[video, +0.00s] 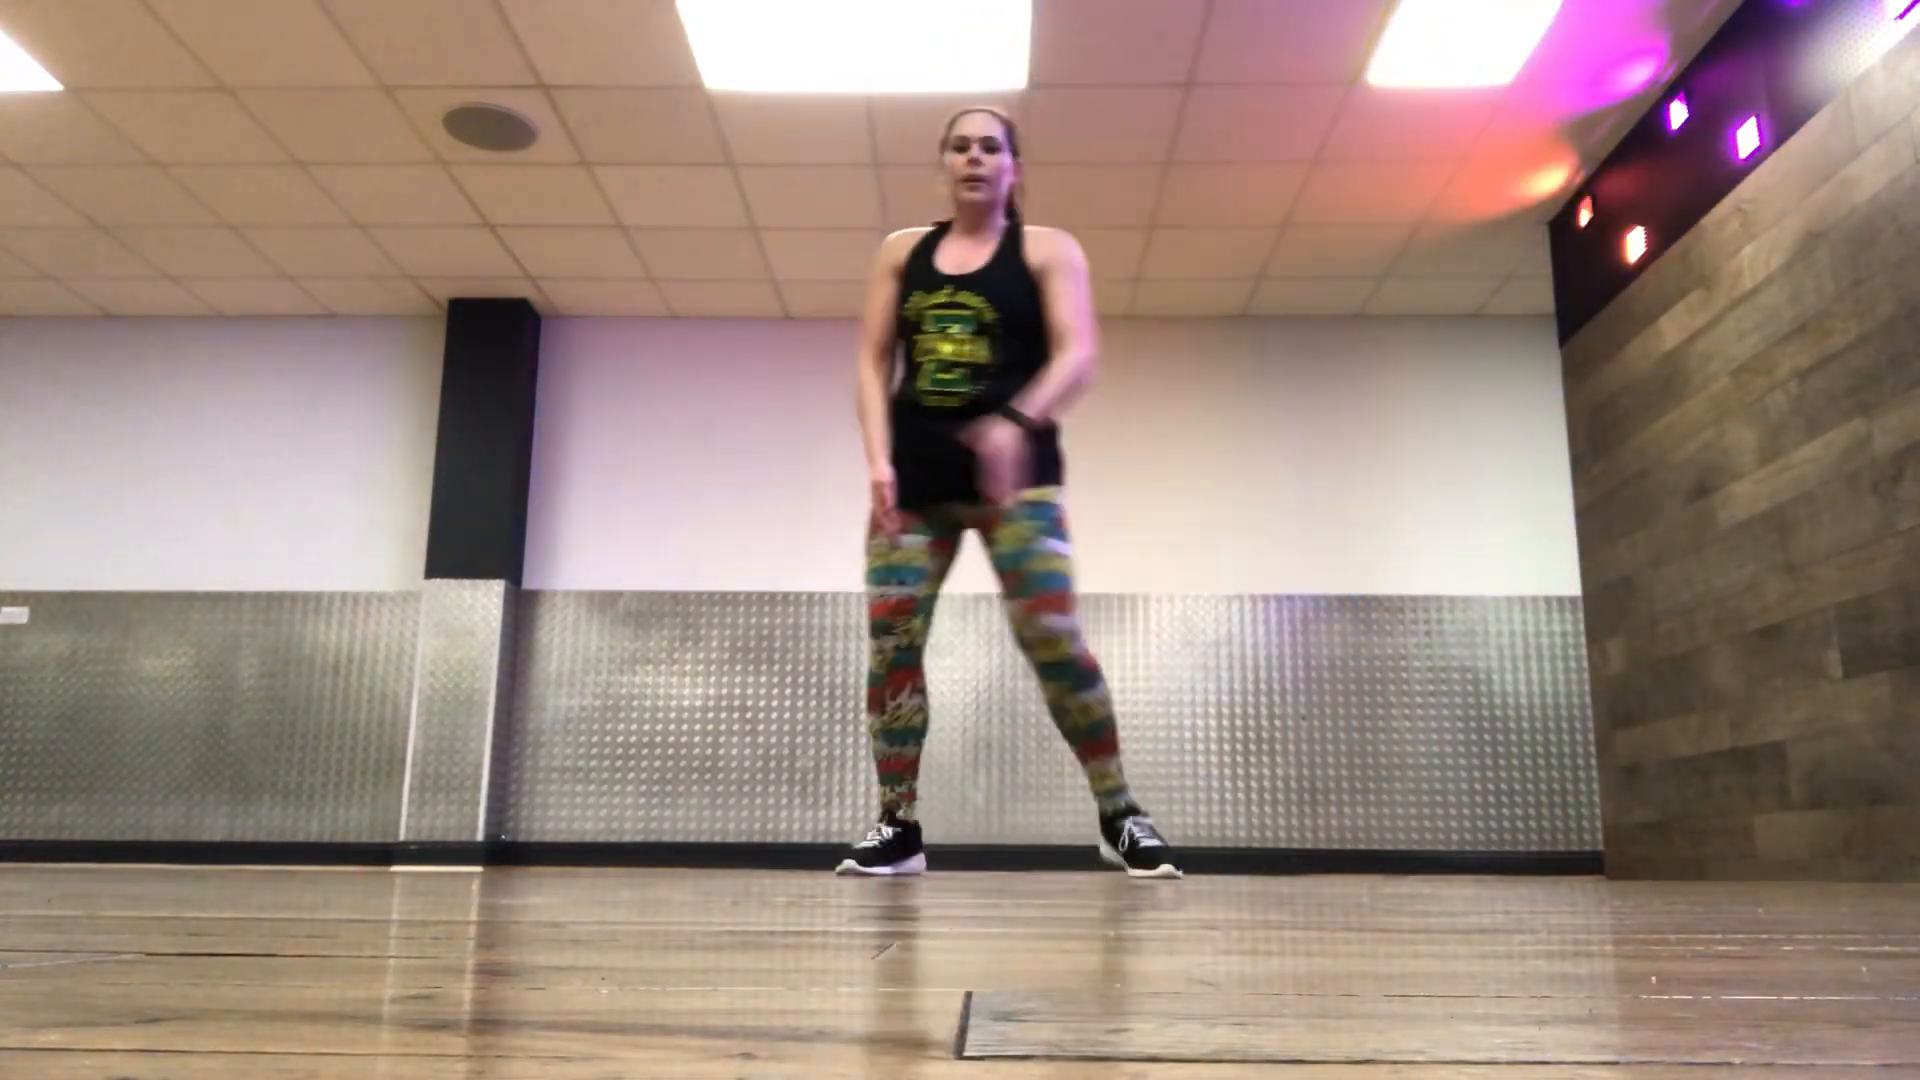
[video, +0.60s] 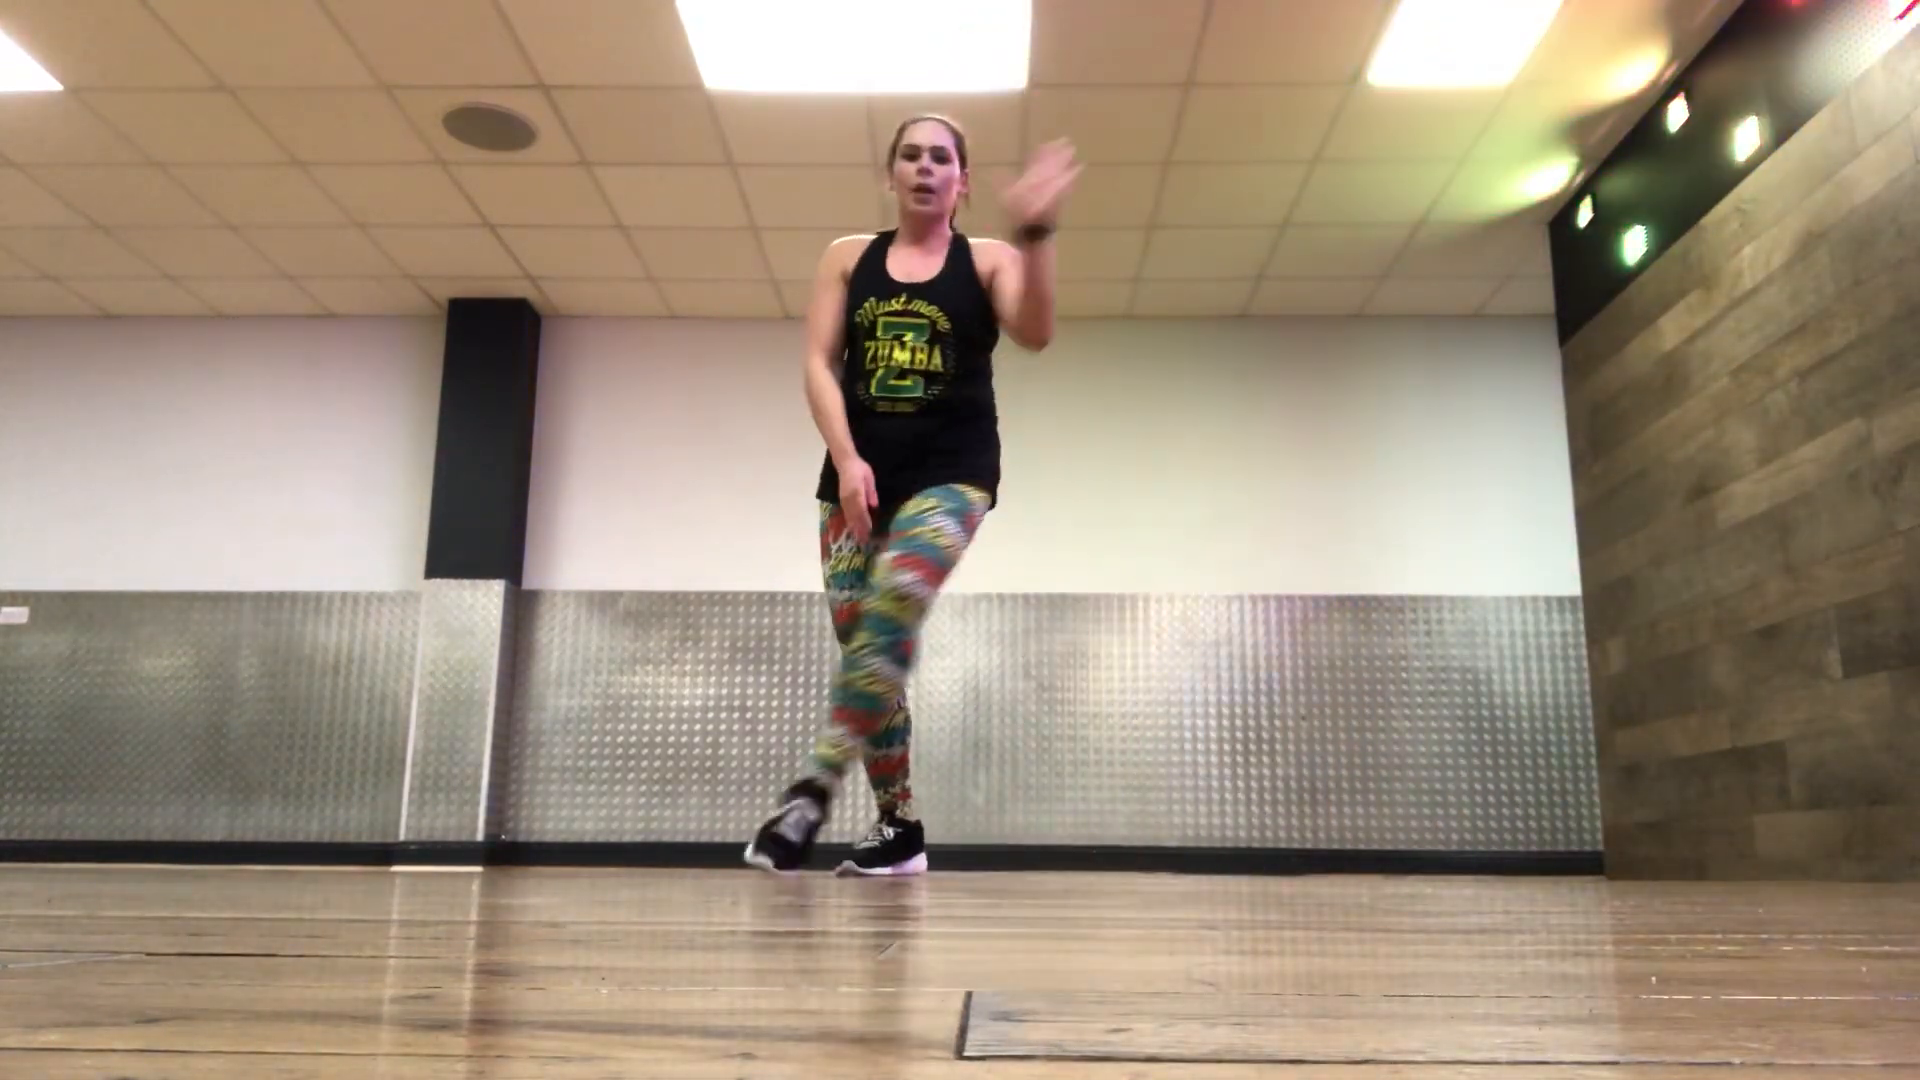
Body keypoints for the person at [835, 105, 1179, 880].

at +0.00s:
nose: (974, 157)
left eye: (989, 147)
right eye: (961, 146)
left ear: (1015, 168)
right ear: (941, 165)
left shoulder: (1048, 250)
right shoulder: (902, 252)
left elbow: (1078, 354)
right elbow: (873, 360)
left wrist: (1019, 418)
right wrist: (878, 461)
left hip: (1015, 479)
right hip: (916, 481)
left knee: (1053, 638)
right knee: (892, 646)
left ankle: (1119, 813)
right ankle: (897, 826)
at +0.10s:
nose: (953, 162)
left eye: (968, 152)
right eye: (941, 151)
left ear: (992, 175)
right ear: (920, 170)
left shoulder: (1023, 254)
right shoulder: (882, 256)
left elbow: (1023, 351)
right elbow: (851, 362)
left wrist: (924, 377)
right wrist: (859, 461)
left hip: (987, 467)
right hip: (897, 474)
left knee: (1000, 609)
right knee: (873, 634)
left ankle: (1090, 788)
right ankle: (896, 826)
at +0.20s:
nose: (938, 161)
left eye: (953, 151)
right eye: (925, 150)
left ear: (977, 175)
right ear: (904, 171)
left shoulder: (1005, 254)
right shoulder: (867, 256)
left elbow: (972, 348)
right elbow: (836, 366)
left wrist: (853, 361)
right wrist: (848, 458)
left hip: (972, 460)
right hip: (882, 468)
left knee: (953, 577)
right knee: (865, 636)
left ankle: (1011, 775)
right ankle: (896, 825)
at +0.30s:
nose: (927, 157)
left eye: (943, 147)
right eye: (914, 146)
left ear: (967, 171)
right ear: (893, 167)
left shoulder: (992, 248)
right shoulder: (858, 252)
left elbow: (954, 346)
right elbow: (832, 357)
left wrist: (835, 384)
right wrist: (839, 435)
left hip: (962, 459)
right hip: (872, 467)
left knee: (916, 572)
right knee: (863, 634)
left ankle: (901, 769)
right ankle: (893, 828)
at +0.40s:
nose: (921, 158)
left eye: (937, 149)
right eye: (908, 148)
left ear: (960, 171)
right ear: (886, 168)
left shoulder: (988, 250)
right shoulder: (851, 252)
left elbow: (977, 350)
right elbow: (828, 356)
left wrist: (857, 371)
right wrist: (843, 435)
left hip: (953, 467)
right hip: (864, 468)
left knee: (881, 609)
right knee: (865, 637)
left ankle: (806, 790)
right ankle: (899, 828)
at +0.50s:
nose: (921, 165)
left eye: (937, 155)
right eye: (908, 154)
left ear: (960, 179)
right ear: (886, 175)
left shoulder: (990, 258)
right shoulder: (849, 259)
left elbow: (1008, 348)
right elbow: (818, 363)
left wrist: (937, 314)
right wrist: (846, 446)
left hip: (945, 479)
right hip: (856, 474)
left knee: (863, 618)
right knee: (861, 637)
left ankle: (786, 803)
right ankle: (899, 826)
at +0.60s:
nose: (926, 166)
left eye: (941, 156)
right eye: (913, 155)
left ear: (963, 180)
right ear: (890, 175)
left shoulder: (989, 259)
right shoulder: (849, 257)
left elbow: (1034, 333)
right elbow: (820, 365)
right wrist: (846, 460)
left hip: (950, 473)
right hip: (858, 472)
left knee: (891, 603)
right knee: (863, 644)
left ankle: (811, 796)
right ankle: (900, 826)